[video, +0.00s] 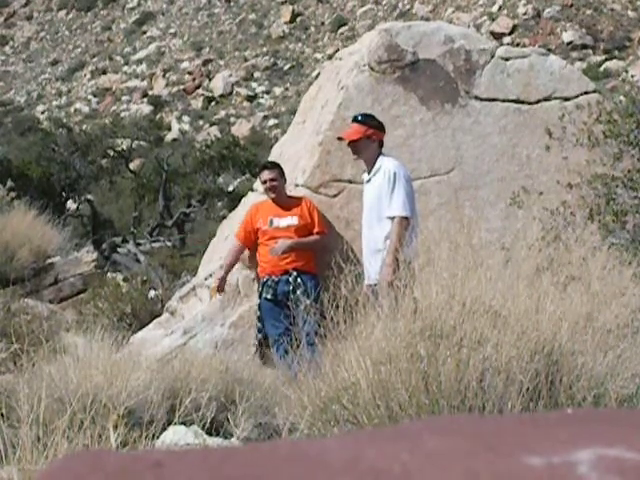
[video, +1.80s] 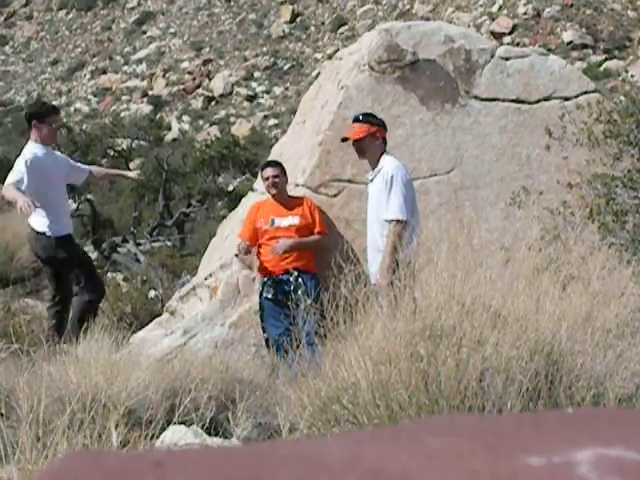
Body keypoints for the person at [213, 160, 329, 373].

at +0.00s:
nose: (270, 185)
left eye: (274, 180)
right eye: (265, 182)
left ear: (284, 180)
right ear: (261, 186)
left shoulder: (304, 205)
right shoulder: (256, 211)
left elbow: (323, 237)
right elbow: (239, 244)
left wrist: (293, 243)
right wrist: (223, 273)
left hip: (303, 277)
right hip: (271, 280)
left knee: (310, 332)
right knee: (279, 338)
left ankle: (315, 379)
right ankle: (290, 382)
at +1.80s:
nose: (272, 181)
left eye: (276, 176)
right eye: (267, 178)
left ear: (285, 178)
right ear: (263, 183)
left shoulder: (306, 205)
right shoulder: (258, 210)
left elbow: (324, 238)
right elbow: (246, 242)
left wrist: (293, 243)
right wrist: (243, 249)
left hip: (304, 278)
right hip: (272, 281)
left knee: (310, 335)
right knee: (278, 338)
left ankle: (315, 381)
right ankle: (288, 384)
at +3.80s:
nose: (274, 181)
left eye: (278, 176)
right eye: (269, 178)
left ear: (287, 179)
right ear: (264, 183)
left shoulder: (307, 206)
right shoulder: (257, 211)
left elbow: (325, 237)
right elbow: (247, 246)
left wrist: (293, 244)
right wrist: (252, 264)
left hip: (304, 274)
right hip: (272, 277)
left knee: (309, 327)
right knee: (278, 330)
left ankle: (315, 375)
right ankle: (287, 378)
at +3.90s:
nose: (275, 181)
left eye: (279, 176)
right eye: (270, 177)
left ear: (287, 179)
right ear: (265, 183)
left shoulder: (306, 205)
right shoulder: (262, 209)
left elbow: (324, 237)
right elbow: (257, 240)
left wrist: (290, 244)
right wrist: (274, 250)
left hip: (305, 272)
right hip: (277, 273)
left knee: (310, 328)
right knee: (280, 329)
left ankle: (318, 373)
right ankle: (290, 377)